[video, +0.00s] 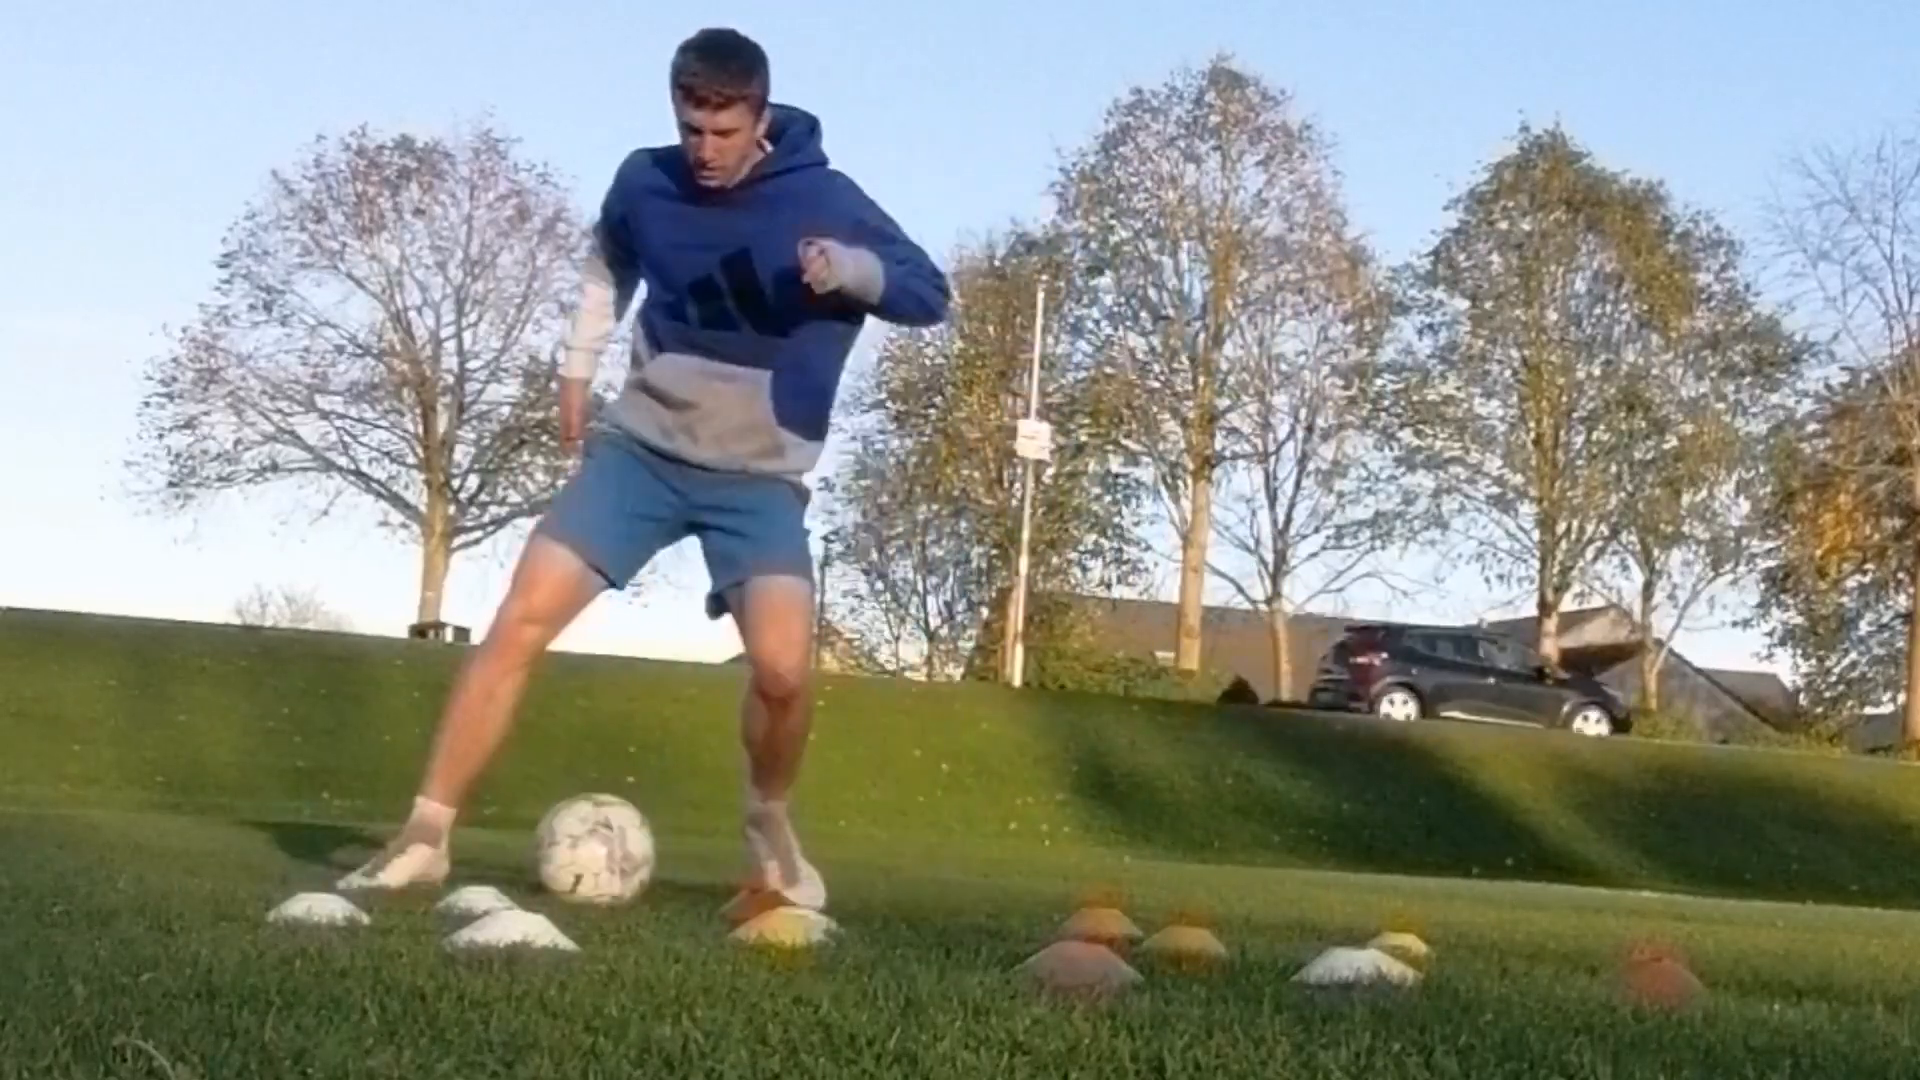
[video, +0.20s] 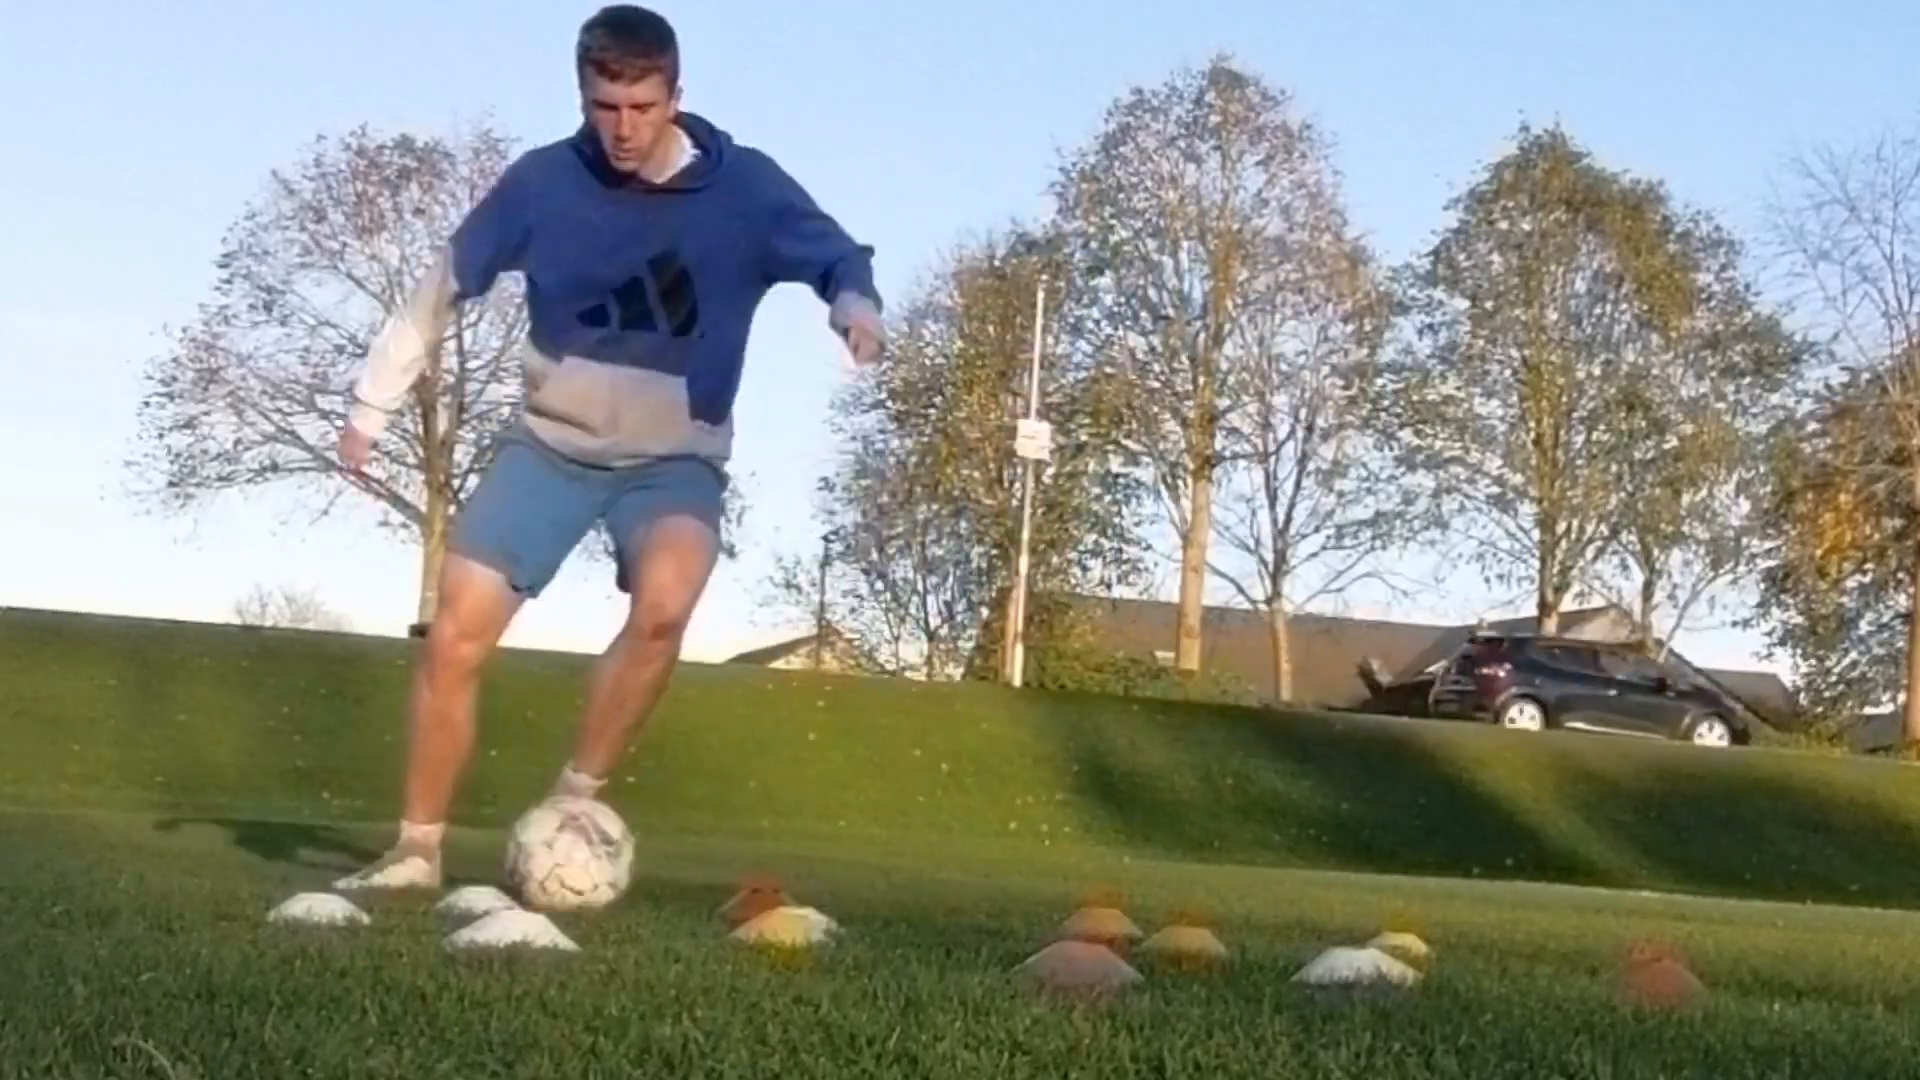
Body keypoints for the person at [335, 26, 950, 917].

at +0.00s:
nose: (706, 141)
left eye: (726, 123)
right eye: (694, 121)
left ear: (762, 114)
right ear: (677, 109)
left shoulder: (824, 201)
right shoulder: (645, 184)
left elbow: (931, 294)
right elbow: (607, 266)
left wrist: (853, 270)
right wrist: (575, 374)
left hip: (760, 483)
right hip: (636, 452)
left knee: (785, 676)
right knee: (522, 619)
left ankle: (770, 821)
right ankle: (425, 836)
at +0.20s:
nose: (622, 127)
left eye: (641, 107)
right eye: (605, 106)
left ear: (674, 93)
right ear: (584, 95)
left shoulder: (745, 185)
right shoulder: (540, 183)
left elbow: (837, 257)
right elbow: (440, 290)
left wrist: (855, 305)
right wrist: (369, 405)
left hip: (676, 465)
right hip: (547, 451)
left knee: (667, 605)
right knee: (453, 637)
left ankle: (571, 812)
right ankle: (417, 853)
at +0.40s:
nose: (644, 21)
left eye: (666, 6)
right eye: (630, 3)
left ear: (702, 2)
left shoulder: (750, 76)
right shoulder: (564, 53)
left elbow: (869, 207)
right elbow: (477, 143)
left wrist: (787, 152)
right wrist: (439, 227)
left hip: (683, 374)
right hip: (551, 367)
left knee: (696, 562)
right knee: (511, 585)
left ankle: (699, 813)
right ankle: (572, 826)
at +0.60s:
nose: (633, 15)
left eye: (652, 3)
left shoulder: (764, 74)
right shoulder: (548, 49)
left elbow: (793, 214)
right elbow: (498, 199)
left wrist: (772, 268)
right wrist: (491, 331)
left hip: (723, 350)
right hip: (595, 365)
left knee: (733, 523)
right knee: (586, 622)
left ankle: (762, 800)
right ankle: (620, 841)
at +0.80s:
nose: (614, 21)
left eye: (638, 4)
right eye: (604, 1)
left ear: (690, 5)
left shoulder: (760, 98)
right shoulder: (555, 59)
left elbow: (850, 246)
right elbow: (511, 172)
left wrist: (776, 285)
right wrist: (475, 245)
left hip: (736, 410)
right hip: (593, 408)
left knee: (776, 629)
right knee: (458, 537)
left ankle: (864, 888)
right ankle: (648, 766)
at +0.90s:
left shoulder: (739, 40)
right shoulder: (532, 5)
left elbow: (822, 171)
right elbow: (475, 46)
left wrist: (820, 218)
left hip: (672, 360)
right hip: (534, 362)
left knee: (717, 604)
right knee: (495, 583)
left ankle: (824, 869)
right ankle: (647, 854)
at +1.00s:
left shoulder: (714, 10)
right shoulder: (484, 0)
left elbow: (798, 85)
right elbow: (413, 27)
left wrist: (841, 123)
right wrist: (376, 33)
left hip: (621, 311)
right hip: (475, 297)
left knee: (609, 554)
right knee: (368, 510)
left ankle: (619, 796)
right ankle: (498, 764)